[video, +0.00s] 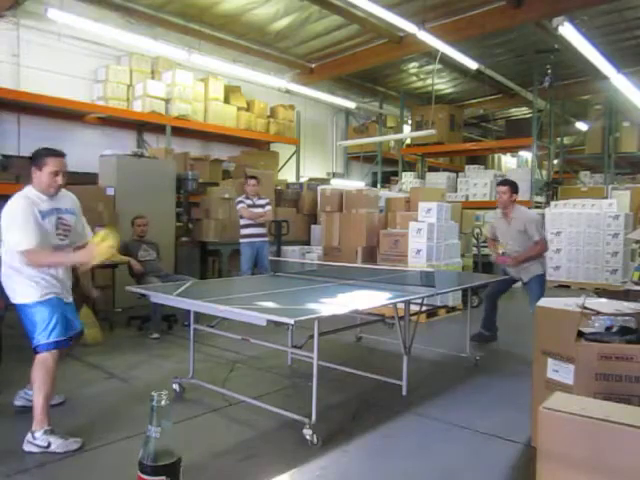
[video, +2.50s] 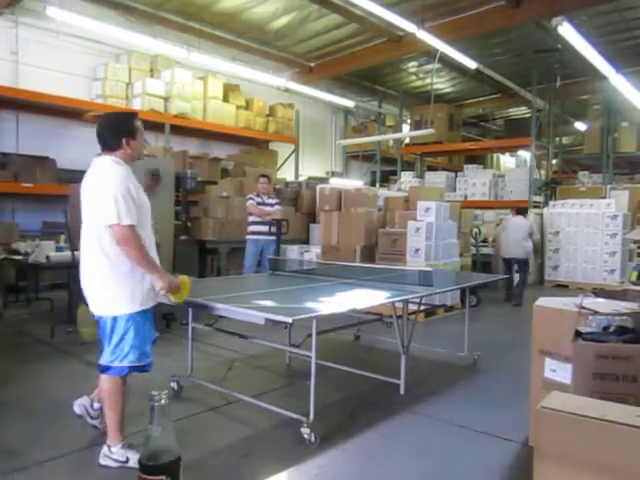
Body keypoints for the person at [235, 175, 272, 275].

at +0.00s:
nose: (252, 188)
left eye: (255, 185)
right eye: (249, 185)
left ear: (258, 187)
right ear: (245, 187)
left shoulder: (265, 200)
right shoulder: (240, 200)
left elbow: (269, 216)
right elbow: (246, 214)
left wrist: (254, 219)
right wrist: (262, 214)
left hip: (262, 239)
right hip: (247, 239)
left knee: (265, 269)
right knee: (246, 270)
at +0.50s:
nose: (257, 188)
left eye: (259, 185)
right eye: (254, 185)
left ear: (262, 187)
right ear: (249, 187)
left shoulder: (268, 201)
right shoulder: (244, 200)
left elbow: (272, 216)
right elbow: (248, 212)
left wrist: (256, 215)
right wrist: (265, 213)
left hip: (266, 238)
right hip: (250, 239)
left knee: (266, 268)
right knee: (249, 269)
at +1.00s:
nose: (258, 187)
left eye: (260, 185)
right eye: (255, 185)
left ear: (262, 186)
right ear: (249, 187)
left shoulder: (268, 201)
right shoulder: (244, 199)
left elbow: (272, 215)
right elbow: (248, 211)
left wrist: (258, 216)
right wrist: (265, 212)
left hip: (265, 238)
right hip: (249, 238)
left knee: (266, 269)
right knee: (248, 270)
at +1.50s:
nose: (259, 187)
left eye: (262, 185)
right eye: (257, 185)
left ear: (265, 186)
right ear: (252, 186)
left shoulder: (270, 201)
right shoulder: (247, 200)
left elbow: (276, 215)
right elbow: (253, 212)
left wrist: (261, 216)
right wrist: (269, 212)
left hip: (268, 238)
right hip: (253, 238)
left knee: (267, 269)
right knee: (249, 269)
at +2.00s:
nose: (263, 187)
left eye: (265, 184)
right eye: (260, 184)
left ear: (268, 186)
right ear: (256, 186)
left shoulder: (275, 199)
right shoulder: (252, 198)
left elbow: (278, 215)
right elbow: (253, 211)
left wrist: (263, 217)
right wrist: (271, 212)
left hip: (270, 237)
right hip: (255, 237)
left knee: (269, 266)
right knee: (250, 267)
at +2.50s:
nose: (263, 185)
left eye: (266, 183)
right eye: (261, 183)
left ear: (269, 185)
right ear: (257, 185)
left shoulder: (274, 200)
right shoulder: (252, 197)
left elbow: (279, 215)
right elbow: (252, 210)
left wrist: (265, 217)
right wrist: (271, 212)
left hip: (270, 237)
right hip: (254, 236)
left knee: (268, 267)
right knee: (250, 267)